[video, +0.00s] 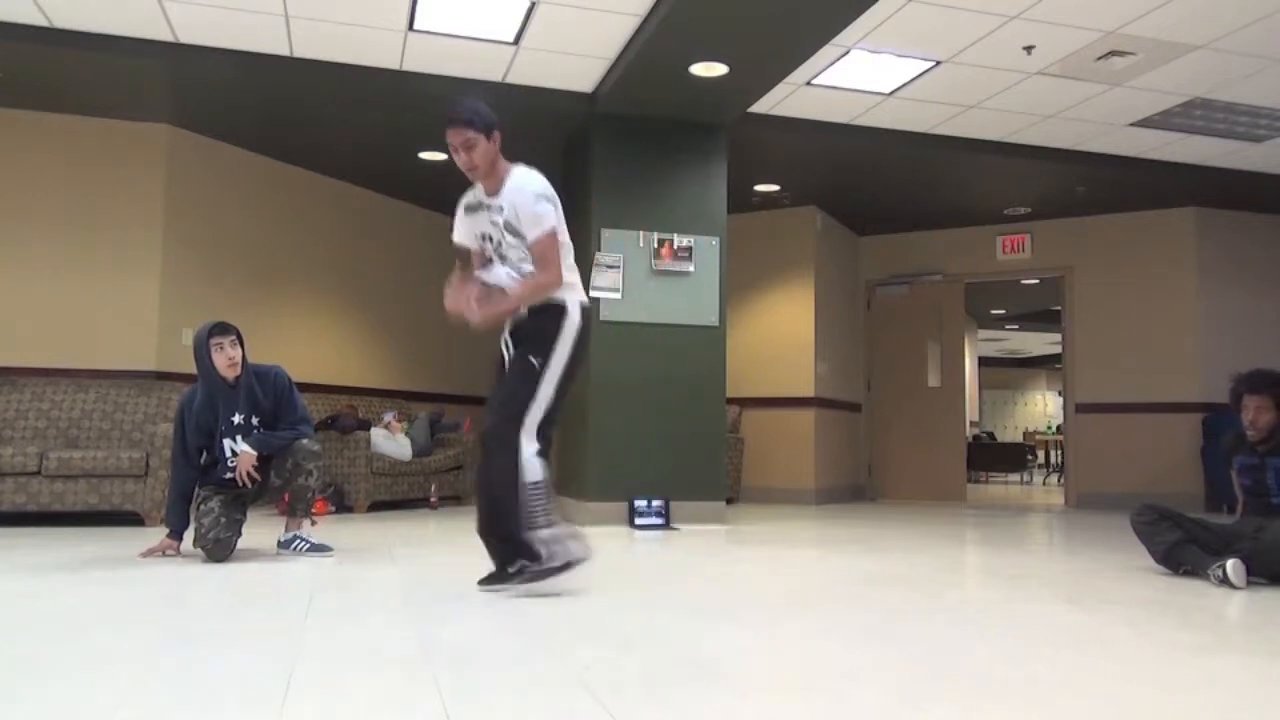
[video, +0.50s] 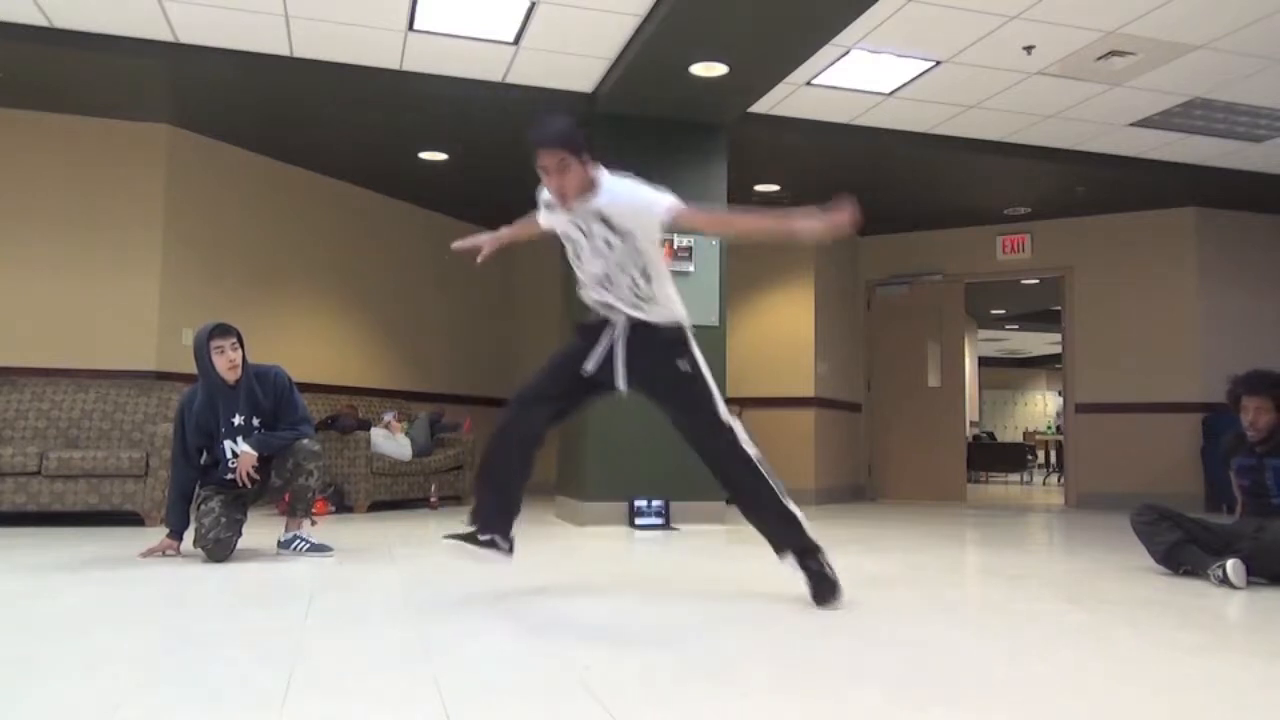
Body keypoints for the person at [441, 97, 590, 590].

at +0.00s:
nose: (464, 158)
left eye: (470, 145)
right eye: (455, 150)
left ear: (495, 139)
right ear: (451, 153)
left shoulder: (527, 190)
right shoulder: (470, 205)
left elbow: (552, 274)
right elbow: (469, 266)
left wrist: (492, 304)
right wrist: (459, 293)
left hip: (558, 313)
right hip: (519, 318)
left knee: (516, 427)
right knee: (498, 431)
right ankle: (515, 555)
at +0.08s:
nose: (471, 174)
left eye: (479, 162)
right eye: (463, 166)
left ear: (504, 157)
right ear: (459, 169)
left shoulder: (537, 208)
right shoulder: (477, 222)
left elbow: (560, 296)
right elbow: (493, 307)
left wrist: (516, 354)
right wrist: (471, 341)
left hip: (564, 332)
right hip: (525, 336)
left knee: (526, 444)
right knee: (496, 446)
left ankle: (610, 532)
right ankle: (519, 560)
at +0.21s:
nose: (489, 175)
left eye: (496, 162)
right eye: (480, 166)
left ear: (518, 160)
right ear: (472, 171)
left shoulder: (552, 208)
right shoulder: (487, 227)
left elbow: (598, 287)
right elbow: (507, 303)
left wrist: (645, 348)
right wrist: (482, 364)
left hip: (582, 350)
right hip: (534, 357)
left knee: (597, 455)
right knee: (502, 454)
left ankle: (695, 526)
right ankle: (519, 561)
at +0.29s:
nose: (507, 154)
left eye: (514, 141)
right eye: (498, 145)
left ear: (537, 136)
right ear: (492, 149)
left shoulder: (574, 176)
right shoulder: (505, 193)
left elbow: (647, 213)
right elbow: (523, 247)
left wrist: (729, 236)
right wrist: (485, 280)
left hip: (602, 328)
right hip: (548, 336)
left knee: (662, 429)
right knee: (520, 432)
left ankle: (735, 535)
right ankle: (514, 547)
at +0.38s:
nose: (521, 154)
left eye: (528, 141)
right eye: (513, 145)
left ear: (553, 135)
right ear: (509, 147)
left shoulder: (592, 168)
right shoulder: (521, 183)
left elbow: (671, 190)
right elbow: (528, 215)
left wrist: (762, 193)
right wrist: (489, 243)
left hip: (619, 318)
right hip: (561, 324)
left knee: (683, 424)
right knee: (513, 418)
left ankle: (758, 533)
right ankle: (509, 530)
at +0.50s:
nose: (551, 179)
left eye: (559, 169)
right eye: (544, 171)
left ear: (585, 163)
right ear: (541, 172)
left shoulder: (624, 197)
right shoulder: (554, 201)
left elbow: (710, 221)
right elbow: (540, 224)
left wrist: (805, 223)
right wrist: (495, 239)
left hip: (660, 336)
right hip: (602, 335)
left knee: (721, 445)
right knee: (527, 412)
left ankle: (806, 555)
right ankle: (492, 526)